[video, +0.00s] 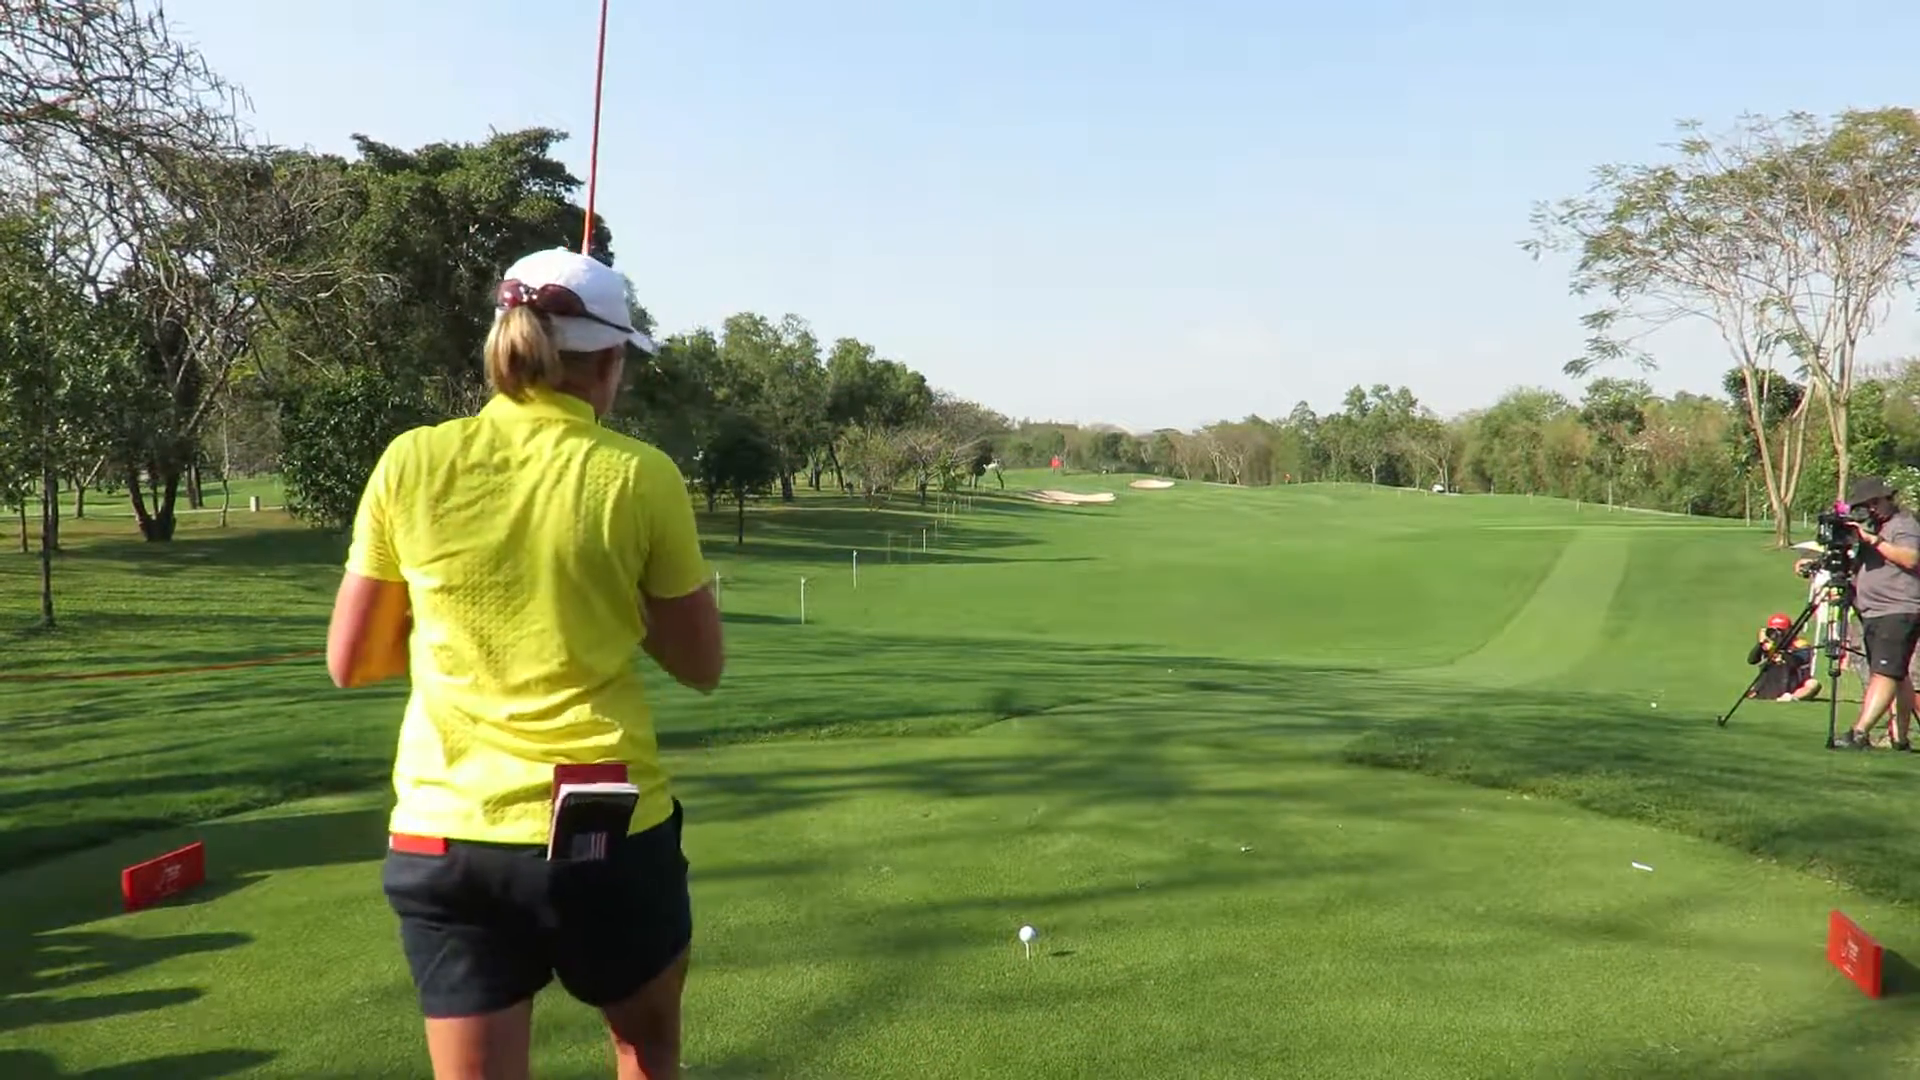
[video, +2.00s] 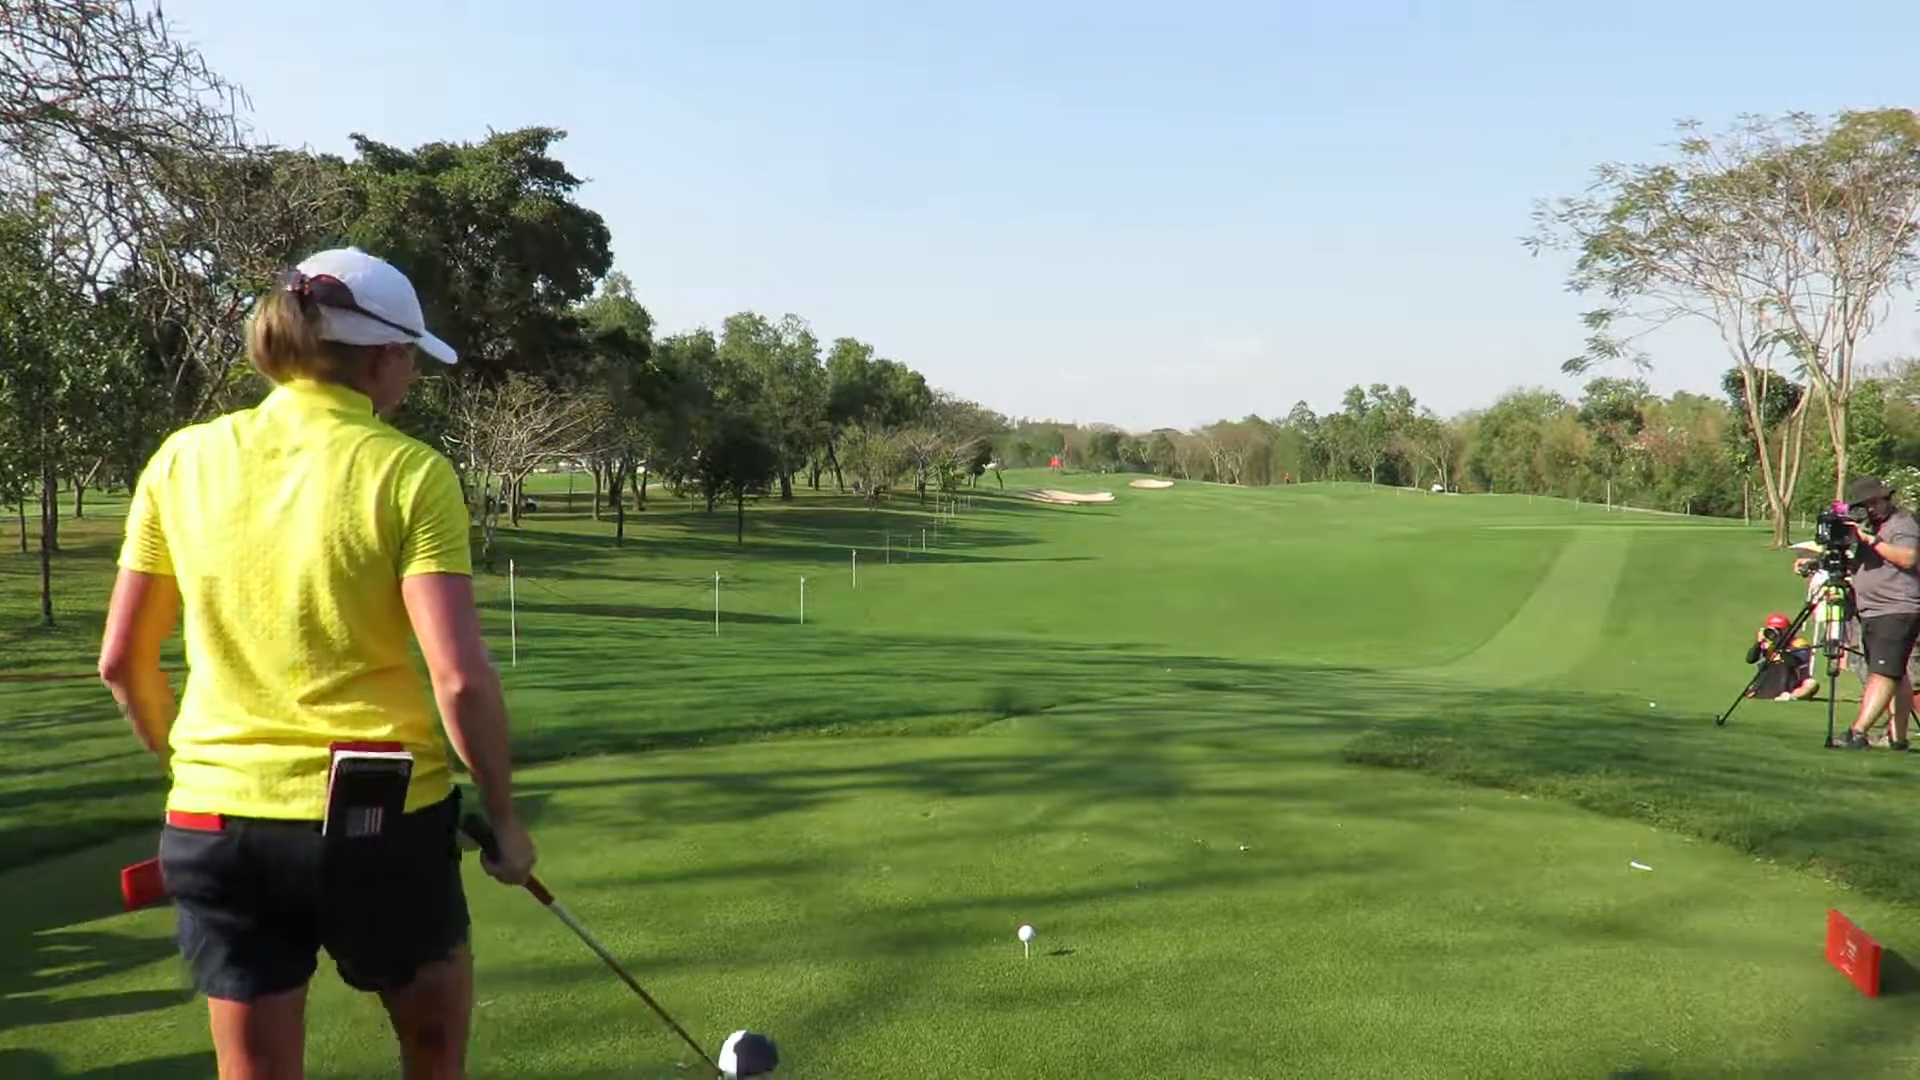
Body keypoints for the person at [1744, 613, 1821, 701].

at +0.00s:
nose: (1775, 635)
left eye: (1779, 631)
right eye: (1771, 632)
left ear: (1788, 632)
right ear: (1767, 633)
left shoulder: (1801, 645)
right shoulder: (1769, 645)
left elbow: (1799, 661)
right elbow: (1752, 660)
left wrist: (1783, 656)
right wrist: (1761, 644)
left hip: (1792, 686)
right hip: (1769, 684)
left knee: (1814, 684)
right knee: (1750, 692)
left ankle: (1793, 697)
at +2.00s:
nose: (1773, 636)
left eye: (1776, 632)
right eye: (1770, 632)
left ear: (1785, 631)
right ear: (1767, 632)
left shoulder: (1799, 644)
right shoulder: (1768, 645)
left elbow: (1798, 662)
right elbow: (1750, 660)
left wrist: (1783, 656)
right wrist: (1758, 643)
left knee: (1812, 683)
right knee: (1749, 691)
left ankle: (1791, 696)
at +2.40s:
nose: (1777, 633)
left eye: (1781, 630)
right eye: (1774, 630)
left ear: (1789, 630)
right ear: (1770, 630)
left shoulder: (1799, 644)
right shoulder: (1767, 642)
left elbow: (1797, 660)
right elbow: (1750, 661)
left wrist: (1782, 655)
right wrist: (1757, 644)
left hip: (1792, 682)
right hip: (1770, 680)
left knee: (1812, 683)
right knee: (1749, 691)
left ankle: (1791, 696)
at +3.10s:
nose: (1772, 634)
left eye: (1776, 630)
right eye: (1770, 630)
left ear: (1785, 630)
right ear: (1769, 629)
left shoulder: (1799, 642)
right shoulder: (1769, 642)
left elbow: (1800, 658)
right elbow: (1751, 658)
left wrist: (1783, 654)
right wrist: (1760, 642)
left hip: (1794, 678)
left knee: (1812, 681)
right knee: (1751, 688)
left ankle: (1791, 694)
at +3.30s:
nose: (1772, 634)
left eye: (1777, 630)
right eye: (1770, 630)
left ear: (1786, 630)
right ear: (1767, 629)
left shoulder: (1799, 643)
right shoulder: (1769, 642)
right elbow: (1750, 657)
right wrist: (1759, 641)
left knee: (1812, 680)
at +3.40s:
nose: (1772, 634)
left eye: (1776, 631)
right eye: (1770, 630)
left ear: (1785, 630)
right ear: (1767, 630)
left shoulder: (1799, 643)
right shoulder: (1769, 642)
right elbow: (1750, 657)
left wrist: (1793, 693)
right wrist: (1759, 641)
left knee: (1812, 680)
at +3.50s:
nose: (1772, 634)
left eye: (1776, 630)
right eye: (1770, 630)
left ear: (1785, 630)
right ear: (1768, 629)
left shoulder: (1800, 642)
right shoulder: (1770, 642)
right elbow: (1751, 657)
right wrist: (1759, 641)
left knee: (1812, 680)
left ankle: (1792, 693)